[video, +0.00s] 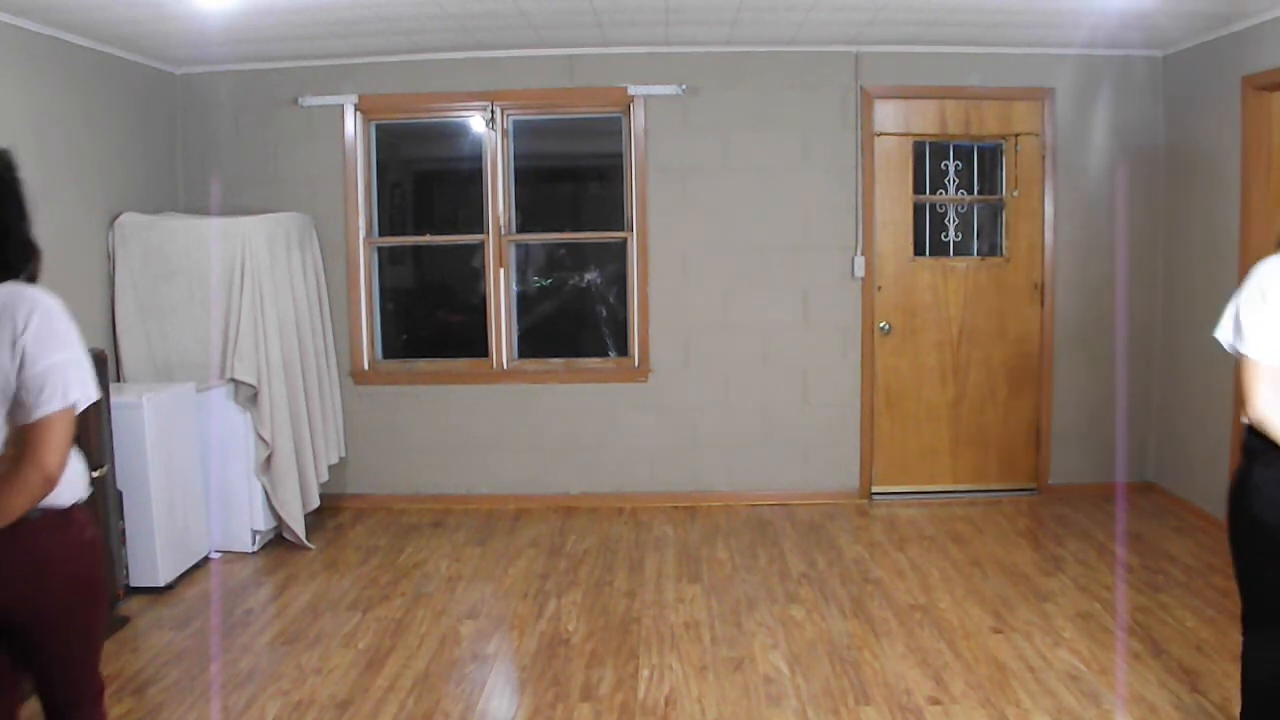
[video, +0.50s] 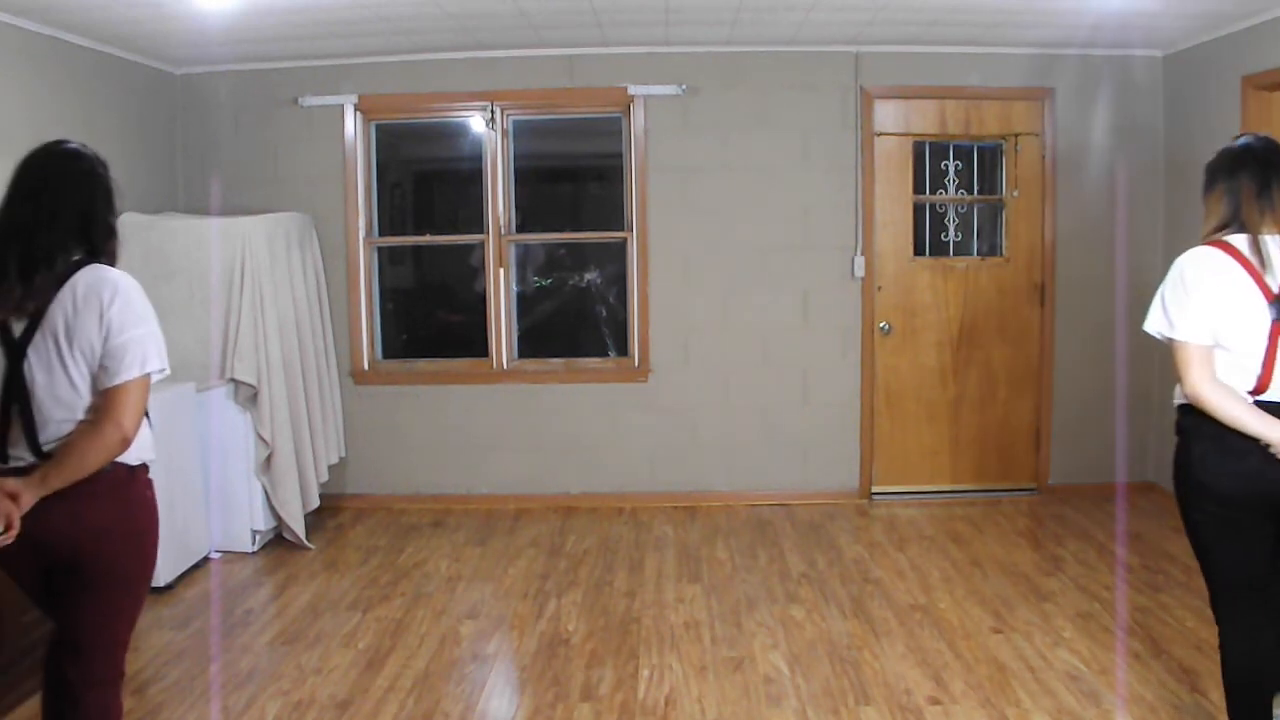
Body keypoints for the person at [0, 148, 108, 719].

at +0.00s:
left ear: (10, 221)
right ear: (18, 219)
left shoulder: (31, 313)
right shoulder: (31, 313)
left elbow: (41, 465)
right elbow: (41, 464)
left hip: (37, 538)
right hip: (45, 539)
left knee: (71, 699)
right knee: (76, 702)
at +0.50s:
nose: (114, 215)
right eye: (110, 204)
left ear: (17, 207)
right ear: (99, 214)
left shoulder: (7, 291)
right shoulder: (110, 291)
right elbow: (116, 422)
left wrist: (21, 487)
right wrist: (31, 485)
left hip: (14, 509)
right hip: (103, 508)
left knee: (76, 642)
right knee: (92, 682)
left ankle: (67, 706)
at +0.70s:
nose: (134, 224)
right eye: (131, 212)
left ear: (43, 213)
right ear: (122, 220)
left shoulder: (12, 295)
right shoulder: (134, 292)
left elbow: (3, 412)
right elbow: (136, 418)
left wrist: (11, 471)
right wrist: (54, 479)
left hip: (29, 504)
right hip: (122, 502)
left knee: (108, 626)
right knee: (103, 676)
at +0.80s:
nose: (148, 233)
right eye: (143, 221)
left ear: (60, 222)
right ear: (136, 229)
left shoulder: (20, 305)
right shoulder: (148, 298)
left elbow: (5, 407)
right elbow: (150, 419)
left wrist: (29, 477)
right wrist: (68, 479)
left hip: (55, 506)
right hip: (136, 502)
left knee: (139, 639)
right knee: (109, 671)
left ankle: (160, 714)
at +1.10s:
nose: (189, 239)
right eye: (186, 230)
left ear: (112, 240)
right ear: (183, 239)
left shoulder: (91, 311)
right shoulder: (201, 303)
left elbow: (68, 403)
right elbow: (216, 411)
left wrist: (109, 462)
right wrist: (145, 458)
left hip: (127, 477)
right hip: (198, 475)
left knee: (200, 580)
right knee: (181, 623)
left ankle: (226, 680)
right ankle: (142, 713)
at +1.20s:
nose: (203, 223)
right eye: (199, 214)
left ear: (129, 227)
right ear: (195, 224)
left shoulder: (110, 298)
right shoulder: (215, 288)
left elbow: (92, 381)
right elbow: (224, 393)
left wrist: (128, 436)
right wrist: (156, 440)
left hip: (143, 461)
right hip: (210, 460)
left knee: (201, 569)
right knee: (227, 588)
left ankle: (226, 680)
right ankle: (165, 692)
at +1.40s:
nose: (224, 210)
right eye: (219, 202)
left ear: (154, 211)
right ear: (214, 208)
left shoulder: (134, 278)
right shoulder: (229, 268)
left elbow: (119, 360)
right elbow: (235, 367)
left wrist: (151, 411)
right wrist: (181, 415)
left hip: (163, 429)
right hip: (230, 428)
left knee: (207, 550)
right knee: (271, 534)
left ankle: (220, 677)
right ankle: (229, 650)